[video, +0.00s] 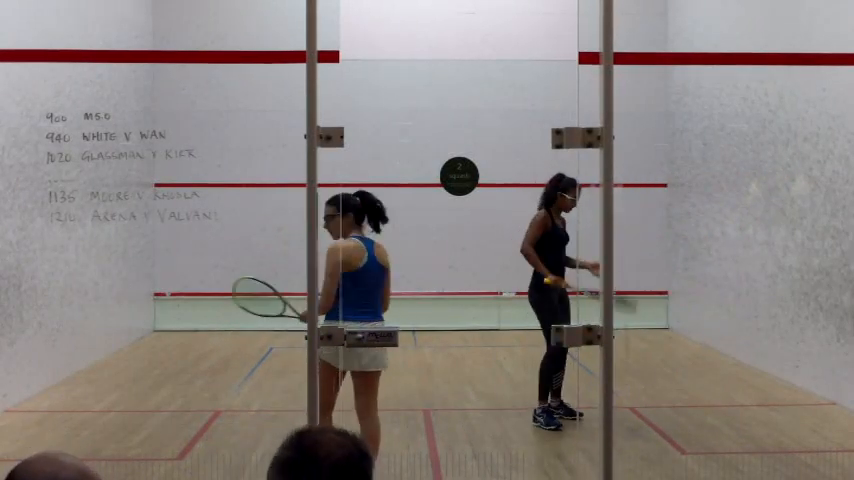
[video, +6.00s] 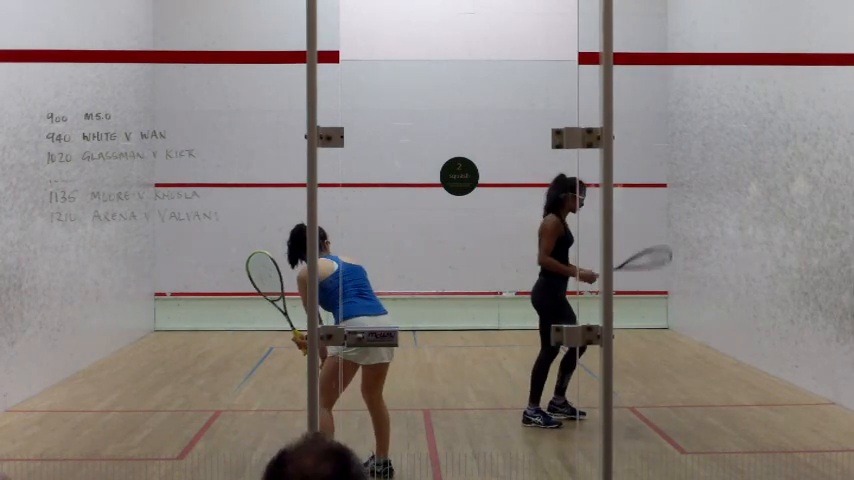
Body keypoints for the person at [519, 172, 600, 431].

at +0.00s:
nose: (575, 203)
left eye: (575, 198)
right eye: (572, 198)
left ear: (562, 197)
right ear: (559, 195)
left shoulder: (560, 221)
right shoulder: (542, 218)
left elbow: (558, 257)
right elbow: (526, 249)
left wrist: (584, 264)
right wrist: (548, 275)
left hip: (557, 290)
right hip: (542, 291)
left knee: (562, 346)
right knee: (555, 347)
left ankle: (556, 402)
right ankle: (541, 409)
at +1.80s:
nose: (546, 199)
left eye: (549, 195)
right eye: (542, 194)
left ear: (550, 198)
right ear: (530, 193)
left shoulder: (547, 222)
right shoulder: (515, 221)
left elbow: (551, 257)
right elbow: (494, 255)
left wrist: (572, 263)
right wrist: (511, 284)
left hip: (541, 293)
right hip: (520, 293)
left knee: (550, 347)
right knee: (523, 348)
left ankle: (555, 402)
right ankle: (514, 407)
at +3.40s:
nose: (570, 200)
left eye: (571, 196)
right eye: (566, 195)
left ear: (570, 197)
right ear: (551, 195)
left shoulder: (568, 221)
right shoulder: (536, 221)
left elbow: (572, 255)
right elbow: (521, 255)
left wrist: (584, 270)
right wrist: (545, 271)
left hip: (565, 287)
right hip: (545, 289)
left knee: (561, 345)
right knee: (553, 346)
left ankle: (557, 401)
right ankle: (522, 400)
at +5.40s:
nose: (571, 206)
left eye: (573, 201)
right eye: (569, 201)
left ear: (558, 200)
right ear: (556, 197)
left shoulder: (548, 220)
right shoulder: (538, 219)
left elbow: (550, 260)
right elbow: (529, 253)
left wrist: (578, 270)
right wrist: (551, 281)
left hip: (545, 293)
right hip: (535, 295)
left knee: (570, 342)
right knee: (541, 349)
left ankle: (560, 401)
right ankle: (532, 410)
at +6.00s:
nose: (580, 202)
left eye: (580, 198)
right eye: (578, 197)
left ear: (566, 198)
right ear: (566, 197)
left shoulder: (560, 222)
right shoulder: (551, 222)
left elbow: (557, 260)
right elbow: (544, 259)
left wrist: (580, 272)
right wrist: (576, 273)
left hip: (554, 294)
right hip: (547, 295)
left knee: (577, 343)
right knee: (550, 349)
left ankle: (558, 400)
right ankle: (532, 409)